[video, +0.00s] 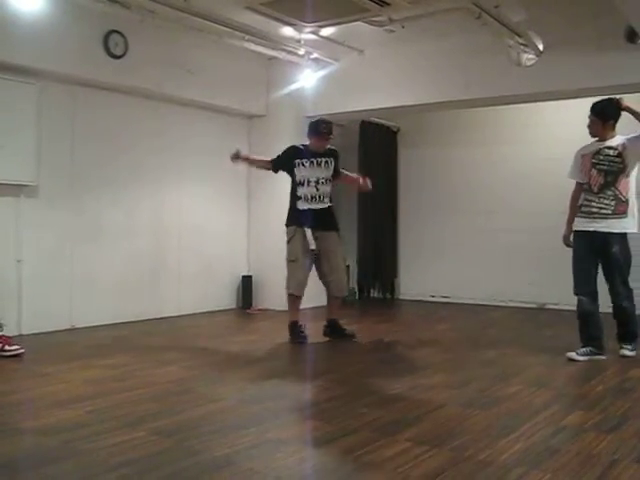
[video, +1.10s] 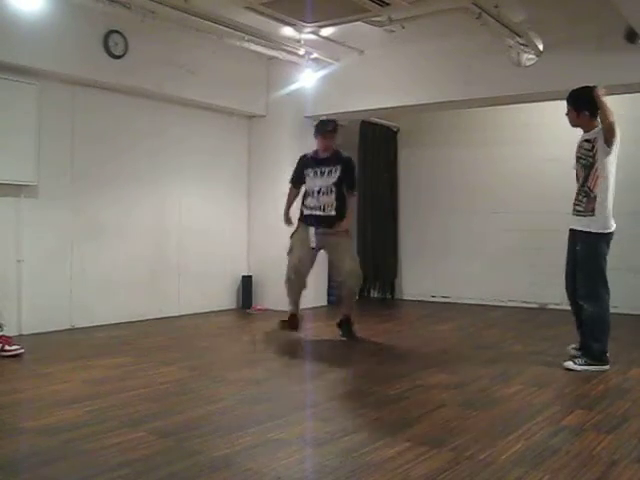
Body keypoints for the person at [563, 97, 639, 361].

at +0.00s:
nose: (588, 124)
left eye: (592, 120)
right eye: (589, 119)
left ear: (607, 122)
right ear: (603, 122)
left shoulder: (627, 148)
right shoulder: (584, 152)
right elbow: (578, 191)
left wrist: (628, 108)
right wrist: (569, 227)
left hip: (614, 232)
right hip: (583, 231)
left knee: (619, 289)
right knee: (585, 292)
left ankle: (629, 340)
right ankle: (592, 345)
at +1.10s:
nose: (568, 117)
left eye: (570, 112)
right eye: (568, 112)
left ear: (582, 112)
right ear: (586, 113)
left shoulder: (604, 139)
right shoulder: (586, 139)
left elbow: (609, 125)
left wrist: (600, 98)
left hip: (595, 228)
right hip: (579, 225)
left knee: (592, 291)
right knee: (575, 288)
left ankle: (597, 355)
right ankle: (587, 345)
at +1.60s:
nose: (562, 124)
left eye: (564, 119)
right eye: (562, 119)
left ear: (576, 118)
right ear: (576, 119)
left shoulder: (591, 142)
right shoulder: (587, 145)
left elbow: (581, 122)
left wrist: (588, 105)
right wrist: (587, 104)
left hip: (583, 228)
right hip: (589, 227)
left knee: (566, 285)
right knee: (590, 287)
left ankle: (588, 347)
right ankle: (594, 345)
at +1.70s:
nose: (561, 126)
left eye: (563, 120)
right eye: (560, 120)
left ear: (574, 118)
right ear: (574, 120)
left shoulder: (586, 142)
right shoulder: (591, 144)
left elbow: (576, 119)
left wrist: (585, 104)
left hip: (579, 227)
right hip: (592, 228)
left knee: (554, 284)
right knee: (591, 290)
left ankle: (578, 342)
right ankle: (598, 345)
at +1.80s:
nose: (557, 126)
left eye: (558, 120)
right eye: (556, 121)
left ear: (568, 118)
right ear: (569, 121)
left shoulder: (582, 142)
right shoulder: (590, 144)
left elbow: (572, 121)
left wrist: (580, 104)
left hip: (575, 225)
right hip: (592, 227)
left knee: (546, 281)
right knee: (589, 290)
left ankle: (561, 342)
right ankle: (596, 346)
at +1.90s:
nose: (552, 129)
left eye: (553, 123)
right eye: (551, 124)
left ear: (563, 120)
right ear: (568, 122)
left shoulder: (577, 143)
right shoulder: (585, 146)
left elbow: (565, 121)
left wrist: (574, 105)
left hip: (570, 226)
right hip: (588, 228)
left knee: (542, 281)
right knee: (587, 290)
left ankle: (543, 341)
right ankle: (595, 345)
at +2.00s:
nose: (546, 129)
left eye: (548, 124)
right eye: (546, 124)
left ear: (559, 121)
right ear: (566, 122)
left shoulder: (571, 144)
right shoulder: (579, 146)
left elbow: (556, 123)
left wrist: (567, 108)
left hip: (564, 228)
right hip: (581, 229)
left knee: (540, 283)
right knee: (583, 290)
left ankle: (529, 336)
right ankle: (595, 344)